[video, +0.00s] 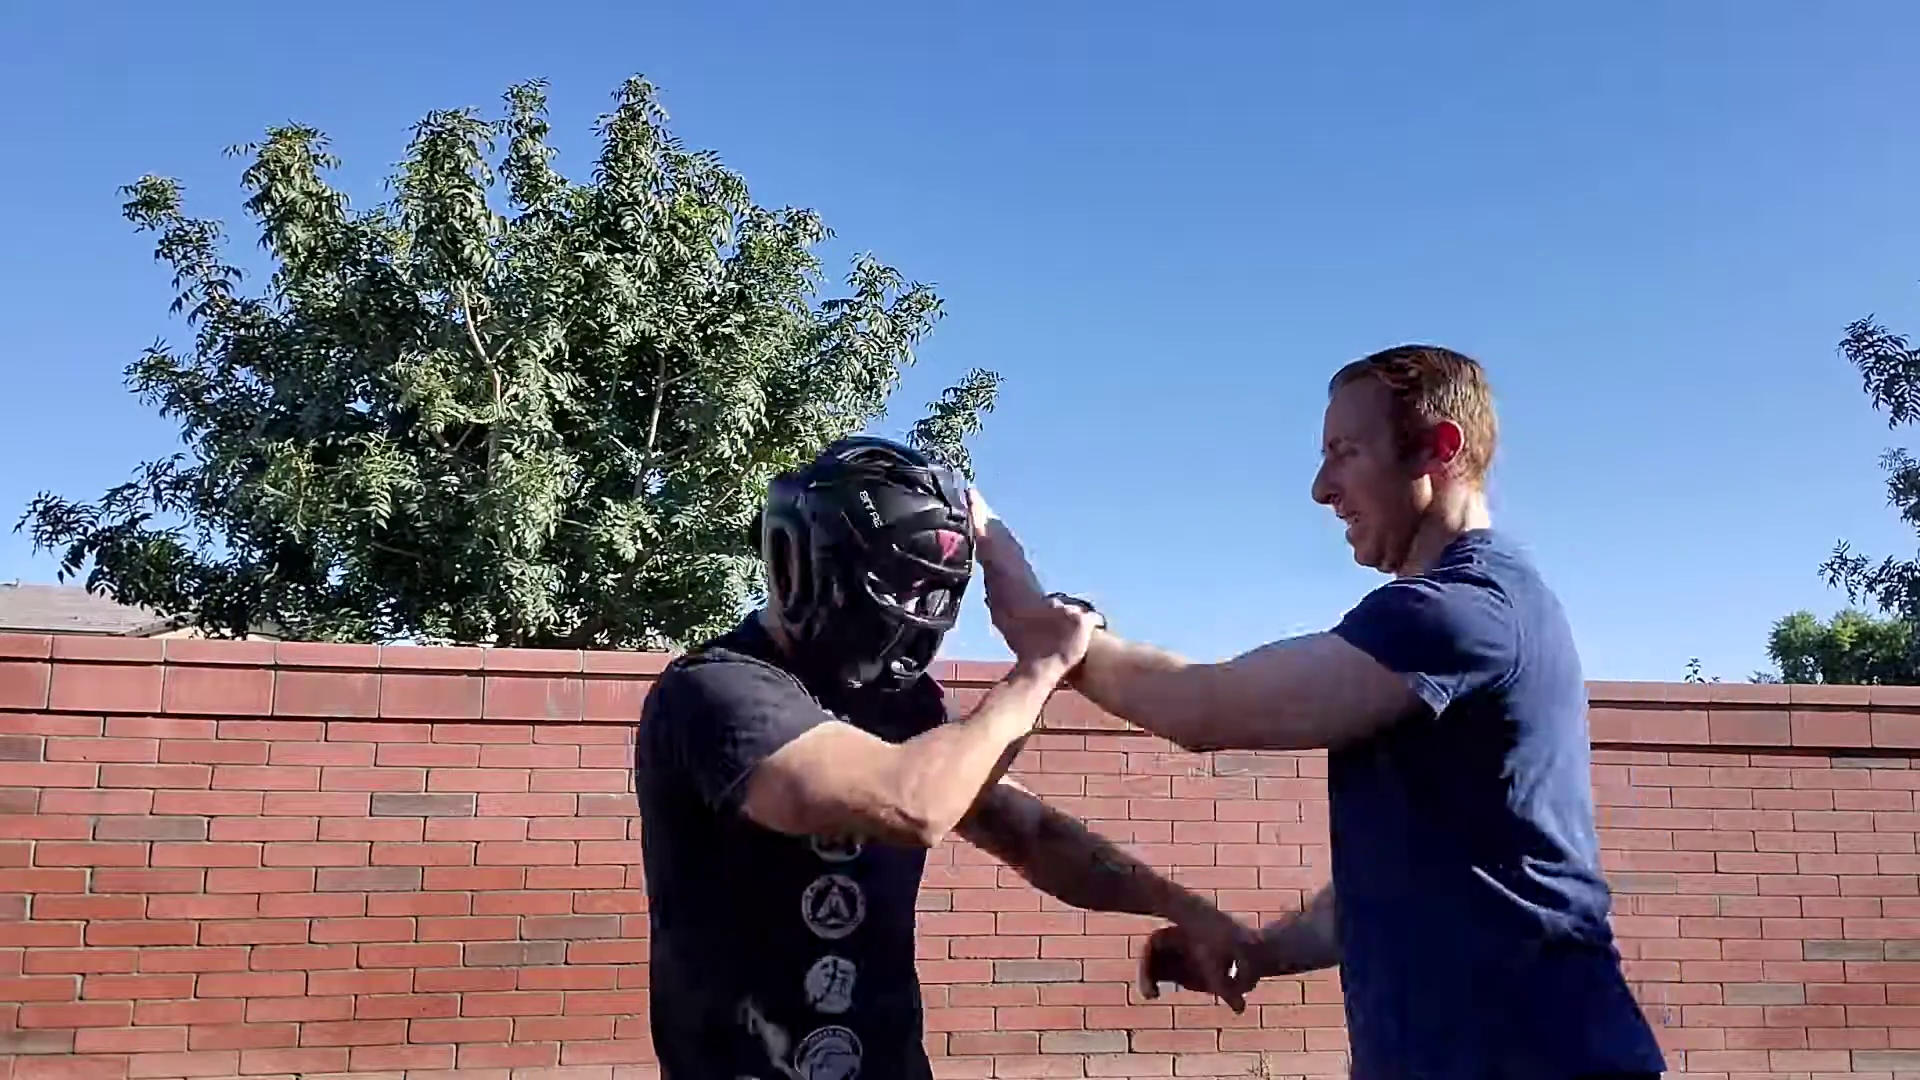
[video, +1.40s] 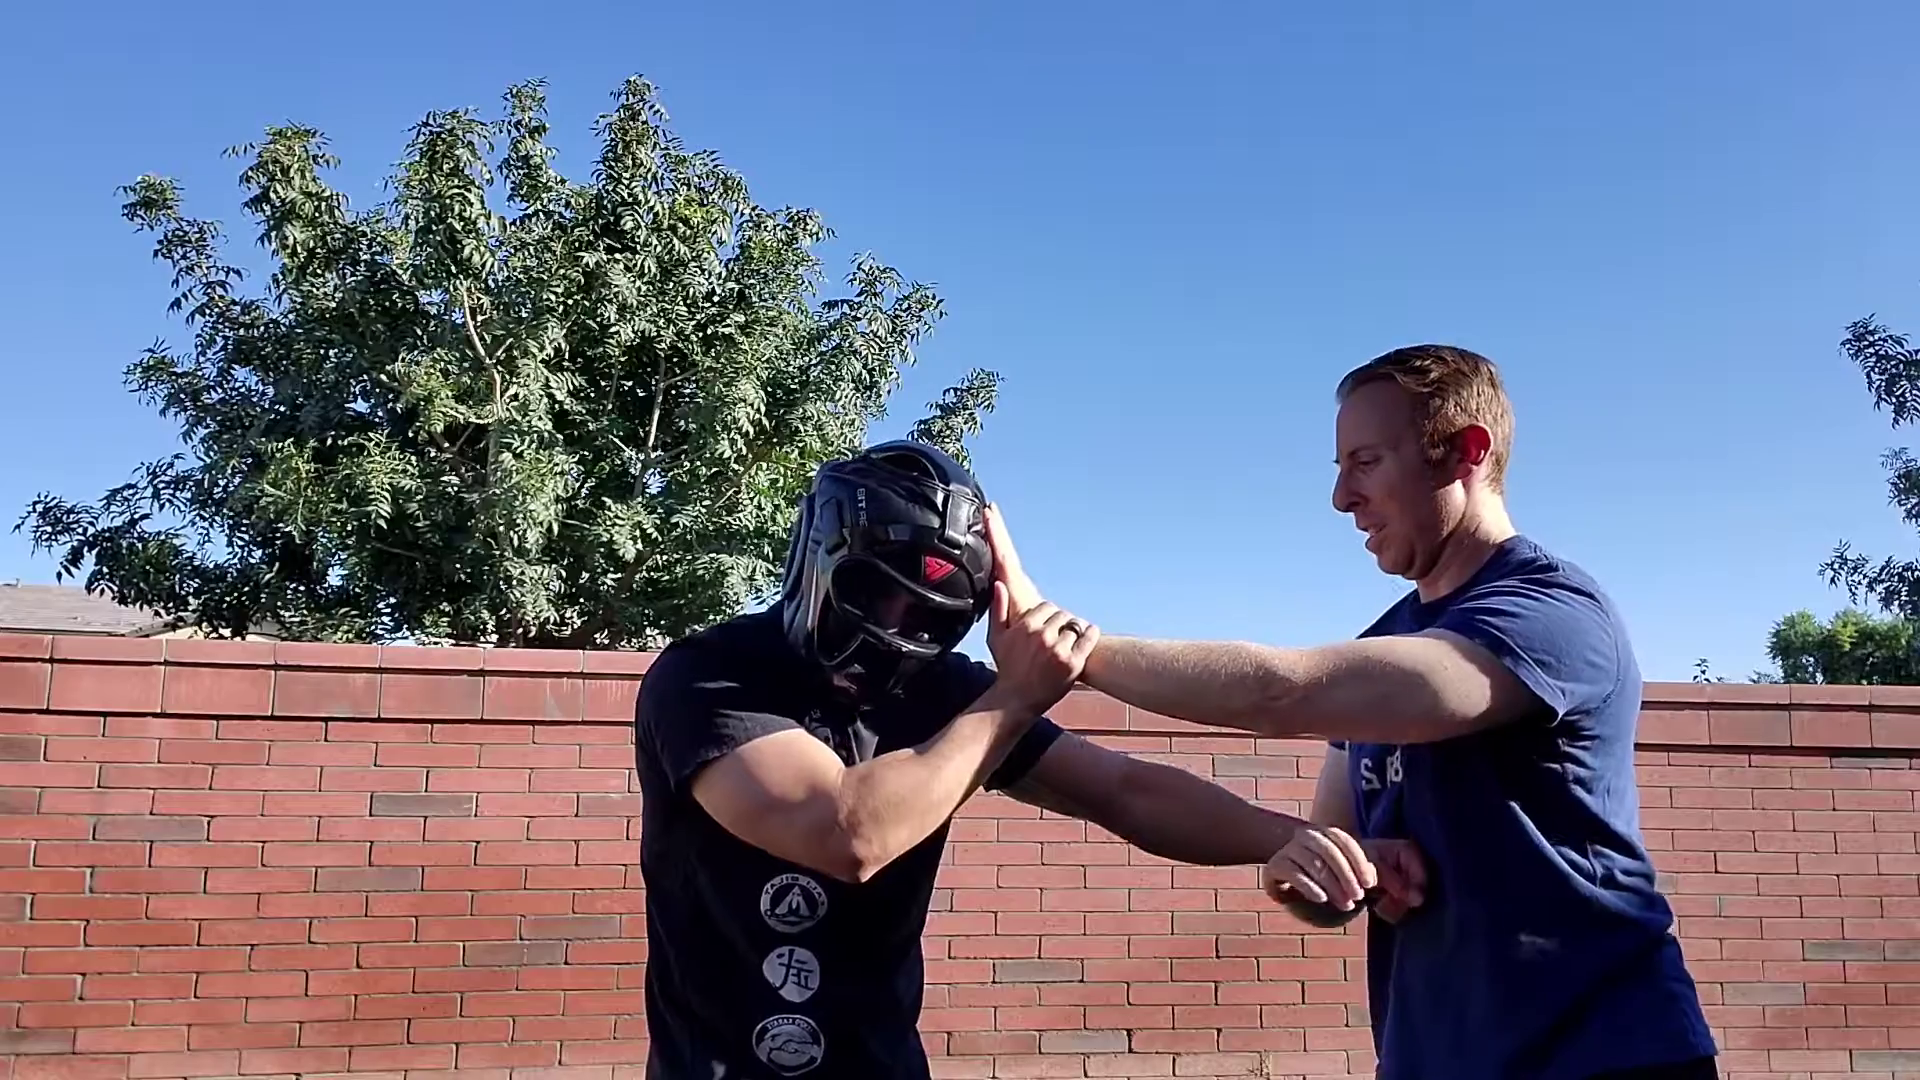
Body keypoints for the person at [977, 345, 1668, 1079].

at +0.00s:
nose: (1320, 487)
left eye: (1342, 453)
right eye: (1326, 456)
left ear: (1436, 458)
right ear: (1430, 462)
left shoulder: (1460, 610)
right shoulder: (1489, 605)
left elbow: (1204, 709)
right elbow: (1420, 876)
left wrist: (1034, 618)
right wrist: (1252, 949)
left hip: (1517, 1048)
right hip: (1439, 1046)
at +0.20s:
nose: (1377, 476)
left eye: (1404, 443)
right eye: (1380, 450)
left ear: (1505, 452)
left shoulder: (1562, 604)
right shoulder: (1414, 649)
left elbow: (1293, 684)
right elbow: (1372, 867)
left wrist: (1061, 626)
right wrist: (1297, 852)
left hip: (1581, 1046)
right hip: (1430, 1051)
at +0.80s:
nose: (1375, 479)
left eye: (1401, 448)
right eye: (1377, 455)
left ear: (1504, 454)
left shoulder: (1567, 612)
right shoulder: (1413, 646)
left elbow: (1306, 689)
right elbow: (1369, 858)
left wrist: (1077, 641)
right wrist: (1313, 862)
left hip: (1594, 1044)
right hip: (1439, 1049)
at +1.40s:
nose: (1342, 494)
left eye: (1365, 462)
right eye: (1341, 469)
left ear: (1467, 456)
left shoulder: (1559, 614)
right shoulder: (1384, 645)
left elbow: (1292, 692)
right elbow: (1319, 848)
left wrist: (1061, 640)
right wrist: (1345, 865)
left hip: (1598, 1046)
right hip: (1435, 1054)